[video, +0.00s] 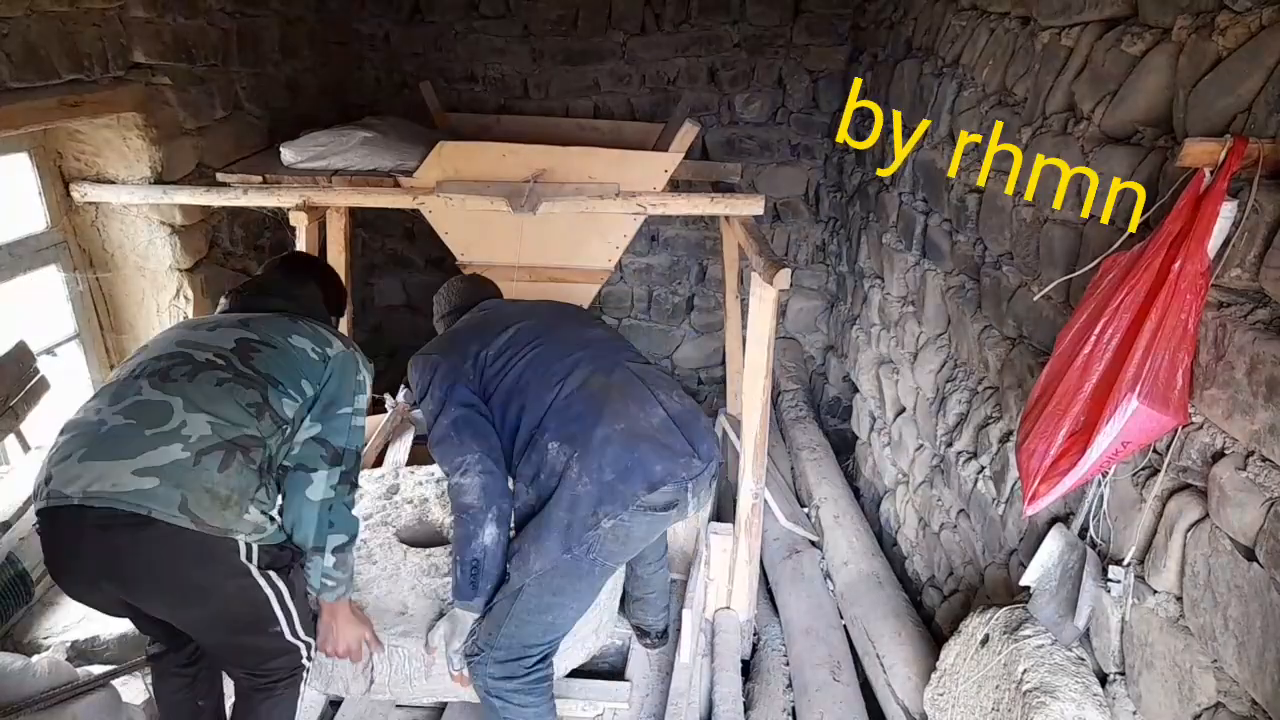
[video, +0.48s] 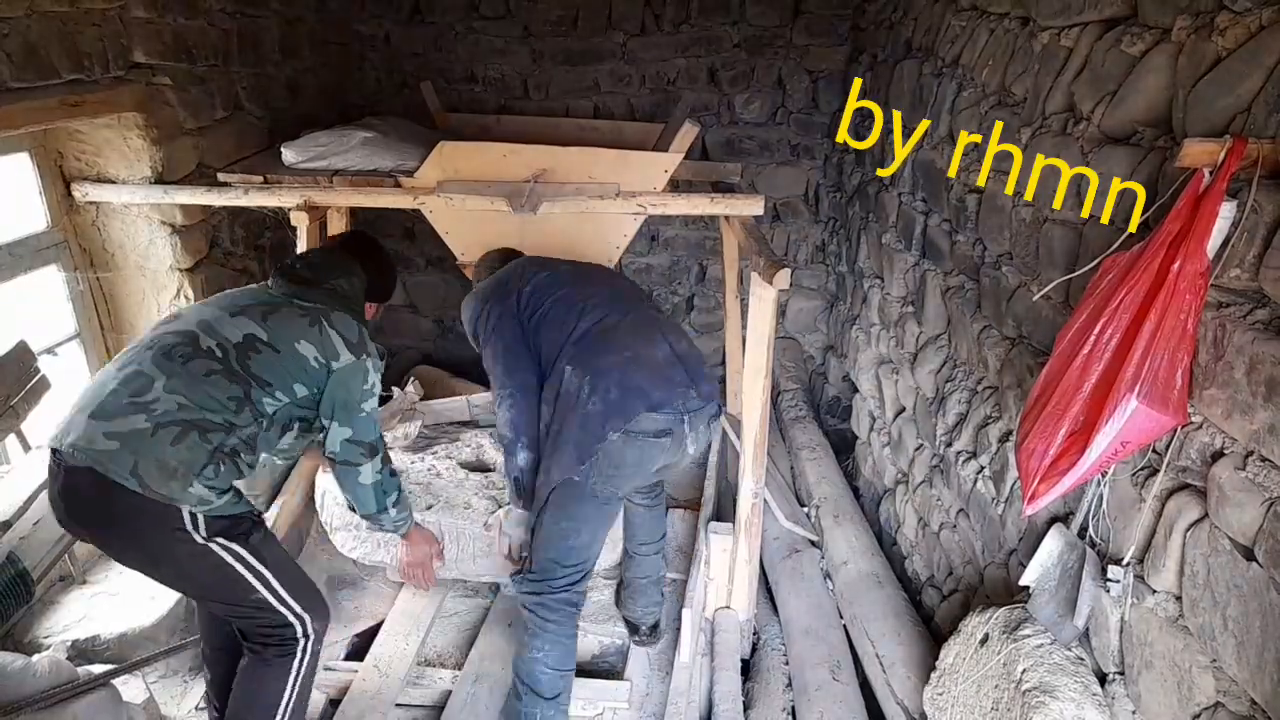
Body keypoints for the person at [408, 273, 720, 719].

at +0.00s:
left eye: (439, 325)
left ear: (445, 322)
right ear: (496, 299)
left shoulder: (441, 357)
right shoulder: (556, 313)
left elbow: (480, 481)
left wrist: (467, 606)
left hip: (614, 487)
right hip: (697, 461)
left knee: (501, 660)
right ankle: (653, 623)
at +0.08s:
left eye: (455, 305)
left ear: (464, 302)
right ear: (516, 285)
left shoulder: (456, 336)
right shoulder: (570, 304)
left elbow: (483, 455)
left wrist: (476, 584)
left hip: (609, 478)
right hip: (693, 453)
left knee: (513, 652)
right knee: (636, 505)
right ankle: (652, 621)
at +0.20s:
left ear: (469, 303)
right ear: (521, 287)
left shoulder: (458, 337)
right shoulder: (570, 303)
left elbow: (478, 451)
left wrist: (475, 584)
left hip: (602, 477)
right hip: (688, 448)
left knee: (516, 651)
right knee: (640, 503)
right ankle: (653, 620)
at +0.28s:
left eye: (471, 293)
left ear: (477, 293)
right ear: (531, 280)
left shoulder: (469, 332)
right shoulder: (583, 299)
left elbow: (484, 449)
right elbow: (643, 362)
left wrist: (479, 565)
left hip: (602, 473)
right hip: (690, 444)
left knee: (517, 635)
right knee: (646, 503)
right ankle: (653, 619)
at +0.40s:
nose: (487, 276)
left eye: (490, 268)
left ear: (499, 266)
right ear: (549, 252)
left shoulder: (491, 291)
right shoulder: (598, 274)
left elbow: (504, 393)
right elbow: (642, 351)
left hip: (592, 435)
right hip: (678, 425)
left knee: (531, 599)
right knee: (646, 492)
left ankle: (533, 711)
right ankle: (645, 615)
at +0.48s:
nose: (475, 306)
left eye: (475, 295)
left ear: (485, 281)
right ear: (525, 261)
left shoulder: (493, 297)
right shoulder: (587, 276)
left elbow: (518, 405)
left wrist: (521, 508)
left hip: (613, 423)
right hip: (695, 414)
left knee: (551, 591)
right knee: (646, 492)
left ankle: (538, 710)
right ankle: (645, 616)